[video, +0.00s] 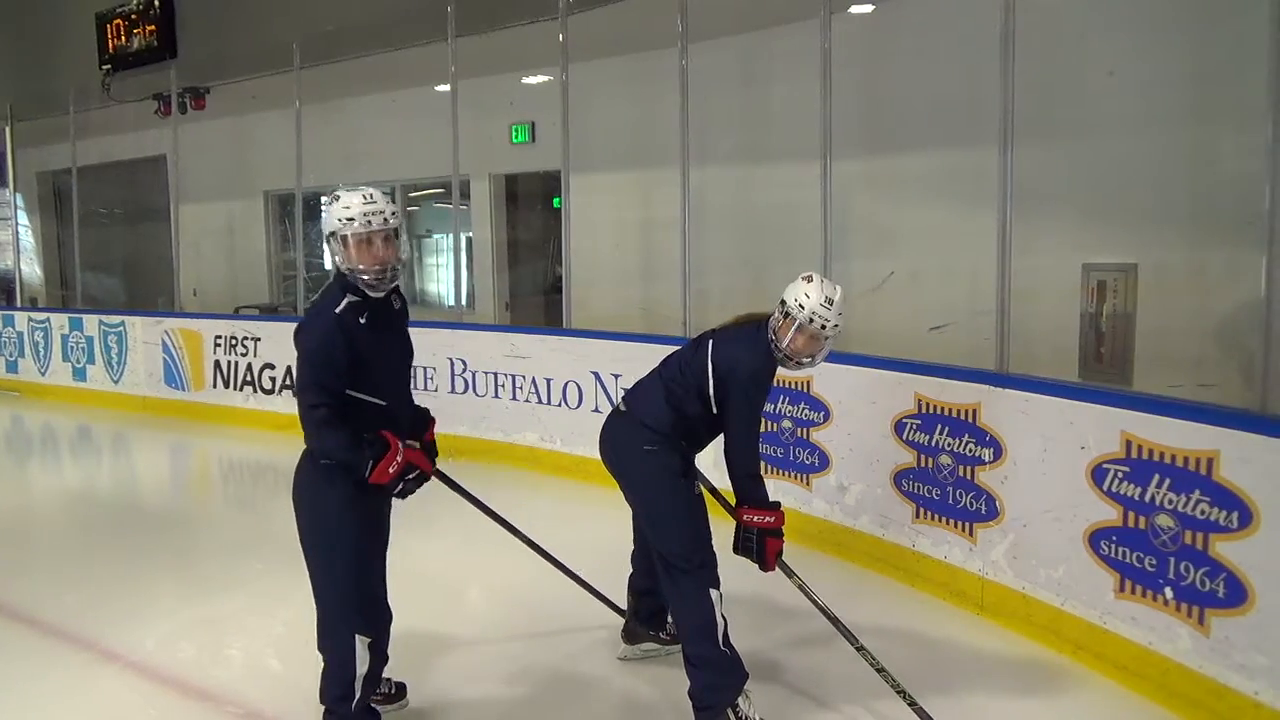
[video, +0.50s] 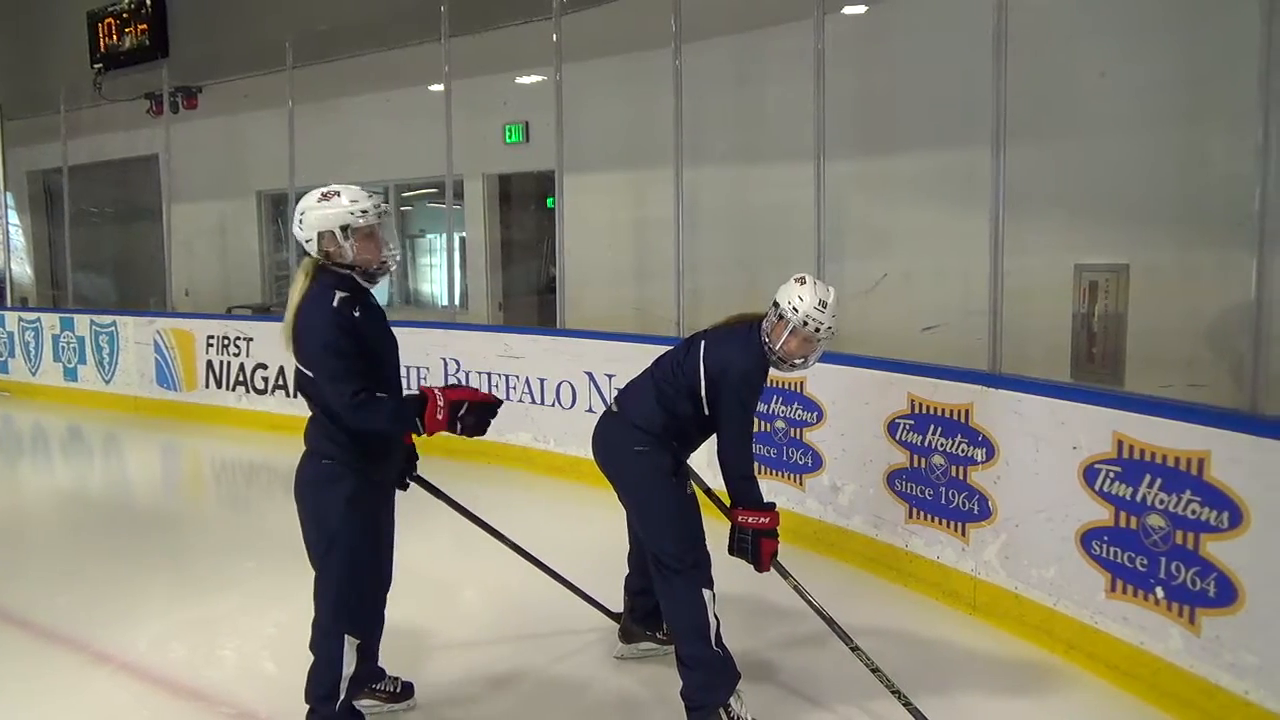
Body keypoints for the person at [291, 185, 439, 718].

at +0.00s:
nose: (378, 254)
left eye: (385, 240)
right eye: (363, 243)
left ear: (397, 244)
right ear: (341, 251)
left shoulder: (391, 306)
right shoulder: (327, 320)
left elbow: (393, 387)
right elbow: (319, 421)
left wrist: (420, 431)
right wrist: (375, 459)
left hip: (372, 477)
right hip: (329, 481)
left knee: (373, 586)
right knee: (339, 599)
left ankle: (368, 681)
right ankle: (341, 704)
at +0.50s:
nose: (380, 244)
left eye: (378, 233)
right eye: (367, 236)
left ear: (351, 243)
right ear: (334, 245)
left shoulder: (354, 298)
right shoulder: (326, 307)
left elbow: (367, 389)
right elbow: (347, 403)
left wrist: (393, 452)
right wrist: (426, 409)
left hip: (367, 470)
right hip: (338, 475)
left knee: (372, 582)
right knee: (340, 596)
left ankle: (362, 675)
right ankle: (327, 704)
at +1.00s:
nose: (339, 251)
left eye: (347, 237)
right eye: (325, 242)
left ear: (364, 240)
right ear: (309, 252)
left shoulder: (370, 299)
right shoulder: (304, 316)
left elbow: (380, 383)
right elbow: (321, 406)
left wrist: (420, 412)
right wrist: (393, 419)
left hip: (373, 465)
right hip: (328, 472)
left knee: (372, 575)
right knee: (331, 588)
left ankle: (363, 672)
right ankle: (319, 702)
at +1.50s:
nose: (340, 251)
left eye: (347, 236)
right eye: (325, 241)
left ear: (362, 240)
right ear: (302, 250)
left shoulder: (362, 303)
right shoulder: (294, 318)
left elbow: (371, 391)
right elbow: (308, 411)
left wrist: (399, 433)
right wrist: (384, 427)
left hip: (363, 468)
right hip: (318, 474)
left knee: (363, 576)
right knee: (320, 590)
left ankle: (353, 671)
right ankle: (304, 704)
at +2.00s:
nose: (369, 242)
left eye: (368, 232)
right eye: (357, 232)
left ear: (348, 240)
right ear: (322, 239)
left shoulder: (344, 296)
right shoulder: (306, 305)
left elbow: (356, 392)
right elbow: (302, 407)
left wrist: (397, 431)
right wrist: (373, 441)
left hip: (349, 471)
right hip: (314, 476)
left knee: (355, 579)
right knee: (319, 592)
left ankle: (347, 674)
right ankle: (298, 705)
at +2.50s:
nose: (387, 242)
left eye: (385, 230)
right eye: (375, 231)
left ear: (356, 240)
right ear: (344, 239)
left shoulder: (348, 298)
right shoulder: (331, 304)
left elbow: (349, 392)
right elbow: (319, 401)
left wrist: (392, 438)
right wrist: (382, 451)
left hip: (341, 470)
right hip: (316, 475)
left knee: (351, 580)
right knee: (320, 593)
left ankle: (345, 675)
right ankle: (297, 706)